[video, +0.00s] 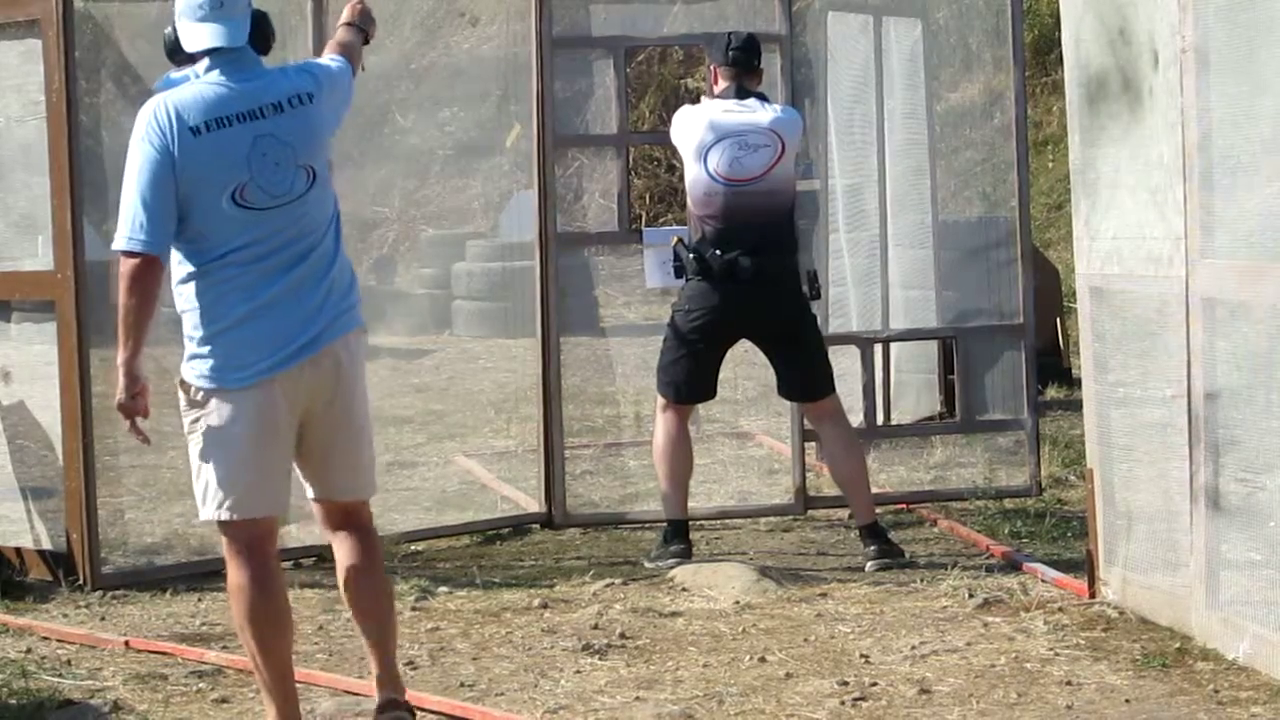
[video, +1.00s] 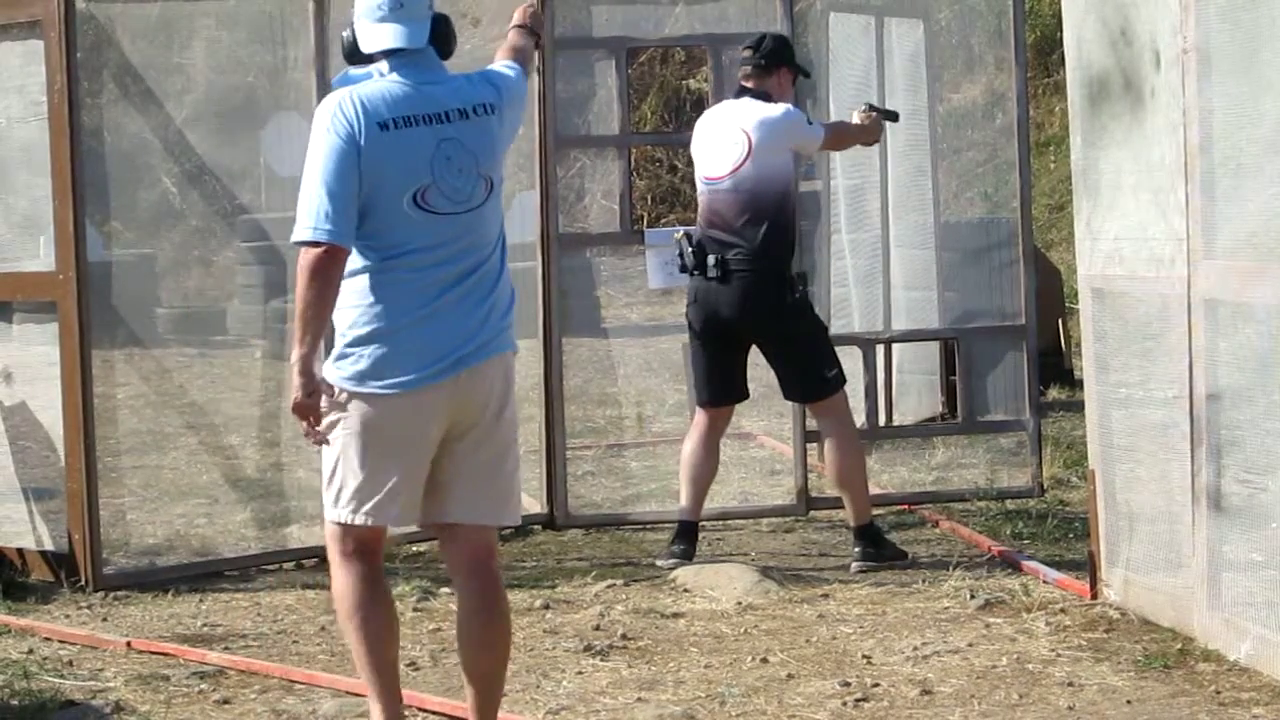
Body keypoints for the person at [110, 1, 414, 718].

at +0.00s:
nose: (172, 57)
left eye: (175, 47)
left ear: (180, 48)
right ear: (256, 35)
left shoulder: (164, 117)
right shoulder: (310, 89)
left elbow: (141, 259)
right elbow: (341, 53)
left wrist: (129, 363)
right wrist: (353, 24)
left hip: (232, 363)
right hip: (332, 335)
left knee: (251, 550)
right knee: (349, 516)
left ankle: (284, 709)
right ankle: (390, 687)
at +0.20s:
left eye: (212, 44)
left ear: (212, 48)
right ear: (288, 38)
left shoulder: (196, 119)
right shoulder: (339, 97)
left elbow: (173, 260)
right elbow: (366, 63)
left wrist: (154, 367)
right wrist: (375, 30)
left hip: (250, 372)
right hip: (351, 353)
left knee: (257, 552)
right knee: (389, 529)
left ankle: (286, 709)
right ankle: (452, 691)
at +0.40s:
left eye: (258, 50)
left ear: (260, 52)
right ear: (338, 42)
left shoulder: (243, 122)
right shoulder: (386, 99)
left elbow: (218, 266)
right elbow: (404, 58)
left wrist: (196, 373)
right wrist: (409, 25)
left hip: (282, 372)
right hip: (385, 357)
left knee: (271, 555)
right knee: (414, 543)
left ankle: (287, 711)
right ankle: (465, 707)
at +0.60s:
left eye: (303, 50)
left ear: (303, 53)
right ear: (383, 42)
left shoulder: (294, 125)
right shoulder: (433, 99)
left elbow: (272, 270)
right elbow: (442, 61)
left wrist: (253, 377)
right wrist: (444, 29)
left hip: (330, 367)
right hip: (434, 356)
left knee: (296, 550)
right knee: (443, 546)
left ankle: (290, 709)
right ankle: (472, 710)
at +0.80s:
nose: (334, 60)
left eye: (335, 46)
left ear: (338, 49)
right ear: (418, 40)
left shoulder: (331, 116)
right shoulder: (469, 99)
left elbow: (315, 260)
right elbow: (482, 69)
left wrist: (299, 373)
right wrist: (481, 34)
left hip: (368, 365)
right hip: (469, 355)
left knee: (326, 542)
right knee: (469, 550)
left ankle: (318, 709)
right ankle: (480, 714)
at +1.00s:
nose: (356, 60)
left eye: (357, 46)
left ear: (360, 47)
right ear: (436, 37)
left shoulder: (346, 111)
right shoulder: (488, 98)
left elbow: (322, 253)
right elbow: (515, 64)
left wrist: (303, 366)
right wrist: (524, 28)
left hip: (381, 365)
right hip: (484, 357)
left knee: (355, 549)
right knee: (475, 549)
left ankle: (387, 712)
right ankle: (485, 715)